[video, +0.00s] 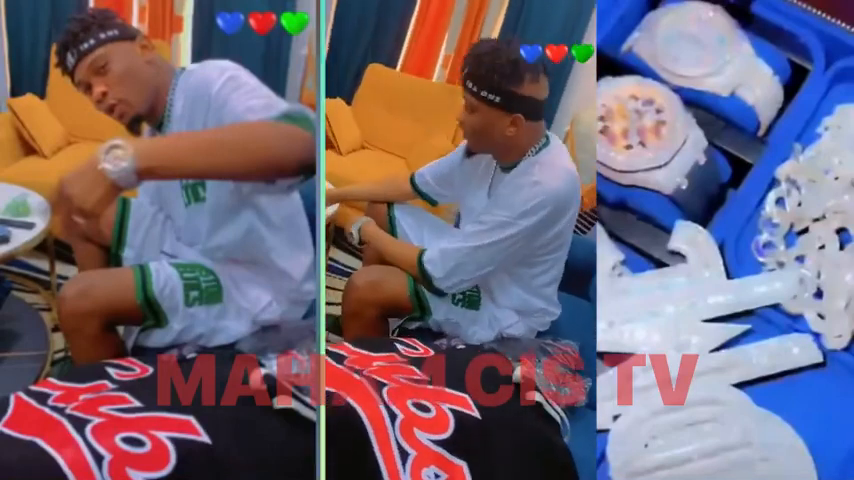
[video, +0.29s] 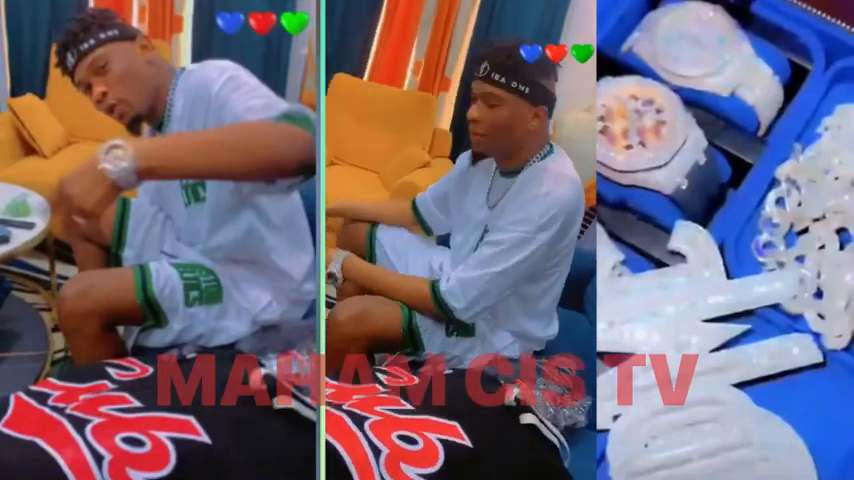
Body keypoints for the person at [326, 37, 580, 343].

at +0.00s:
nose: (460, 117)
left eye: (470, 110)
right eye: (464, 106)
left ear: (513, 126)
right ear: (513, 126)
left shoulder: (547, 187)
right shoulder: (498, 143)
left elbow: (440, 271)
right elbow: (415, 184)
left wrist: (361, 226)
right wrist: (339, 192)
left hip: (505, 307)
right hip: (476, 259)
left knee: (366, 286)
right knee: (380, 210)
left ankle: (359, 393)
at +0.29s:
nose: (472, 114)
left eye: (491, 104)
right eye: (473, 100)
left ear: (537, 117)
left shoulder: (551, 195)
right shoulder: (483, 160)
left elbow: (453, 300)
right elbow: (419, 213)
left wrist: (351, 268)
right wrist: (339, 207)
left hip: (496, 331)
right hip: (458, 275)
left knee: (350, 318)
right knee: (352, 231)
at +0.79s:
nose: (443, 96)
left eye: (458, 79)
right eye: (434, 85)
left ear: (497, 83)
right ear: (428, 91)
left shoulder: (520, 155)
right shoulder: (452, 148)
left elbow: (450, 277)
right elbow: (401, 207)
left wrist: (338, 276)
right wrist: (338, 230)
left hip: (488, 312)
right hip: (447, 271)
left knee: (336, 315)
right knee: (335, 230)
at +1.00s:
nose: (432, 113)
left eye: (445, 97)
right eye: (427, 101)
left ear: (483, 95)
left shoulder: (510, 154)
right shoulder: (459, 144)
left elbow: (447, 262)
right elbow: (414, 200)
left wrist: (345, 254)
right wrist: (353, 219)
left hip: (487, 294)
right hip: (453, 257)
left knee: (343, 294)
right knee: (352, 225)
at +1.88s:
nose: (435, 125)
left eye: (438, 116)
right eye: (434, 115)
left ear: (472, 116)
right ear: (473, 117)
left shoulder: (519, 165)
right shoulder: (484, 146)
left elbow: (451, 265)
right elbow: (421, 195)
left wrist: (353, 243)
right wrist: (344, 189)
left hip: (499, 297)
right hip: (475, 258)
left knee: (364, 286)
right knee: (380, 216)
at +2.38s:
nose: (458, 84)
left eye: (470, 80)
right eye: (463, 73)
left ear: (509, 96)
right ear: (510, 97)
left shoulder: (535, 156)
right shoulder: (482, 112)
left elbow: (440, 235)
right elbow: (410, 152)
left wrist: (346, 209)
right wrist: (327, 148)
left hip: (474, 268)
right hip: (446, 219)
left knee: (342, 243)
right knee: (353, 173)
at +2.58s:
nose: (473, 121)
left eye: (483, 116)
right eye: (478, 111)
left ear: (519, 129)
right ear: (519, 128)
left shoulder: (542, 186)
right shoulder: (493, 140)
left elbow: (446, 250)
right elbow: (417, 163)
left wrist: (359, 214)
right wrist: (334, 153)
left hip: (468, 283)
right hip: (448, 233)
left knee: (353, 246)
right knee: (368, 182)